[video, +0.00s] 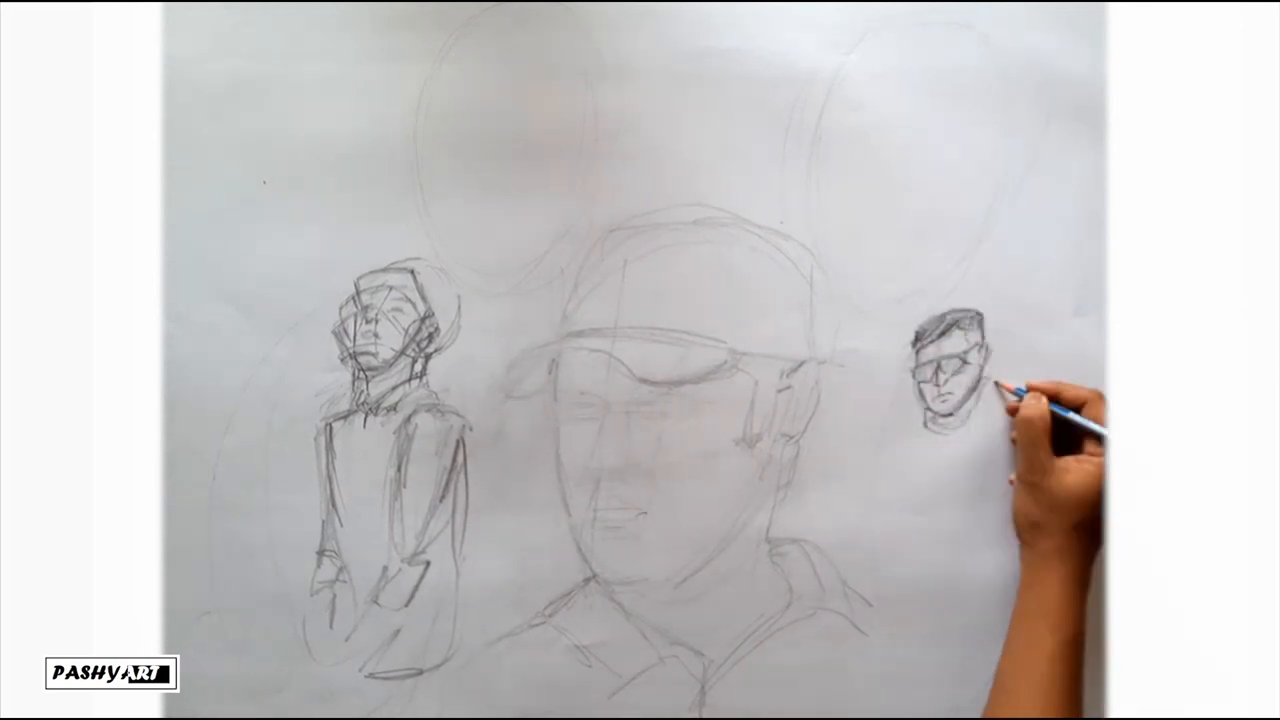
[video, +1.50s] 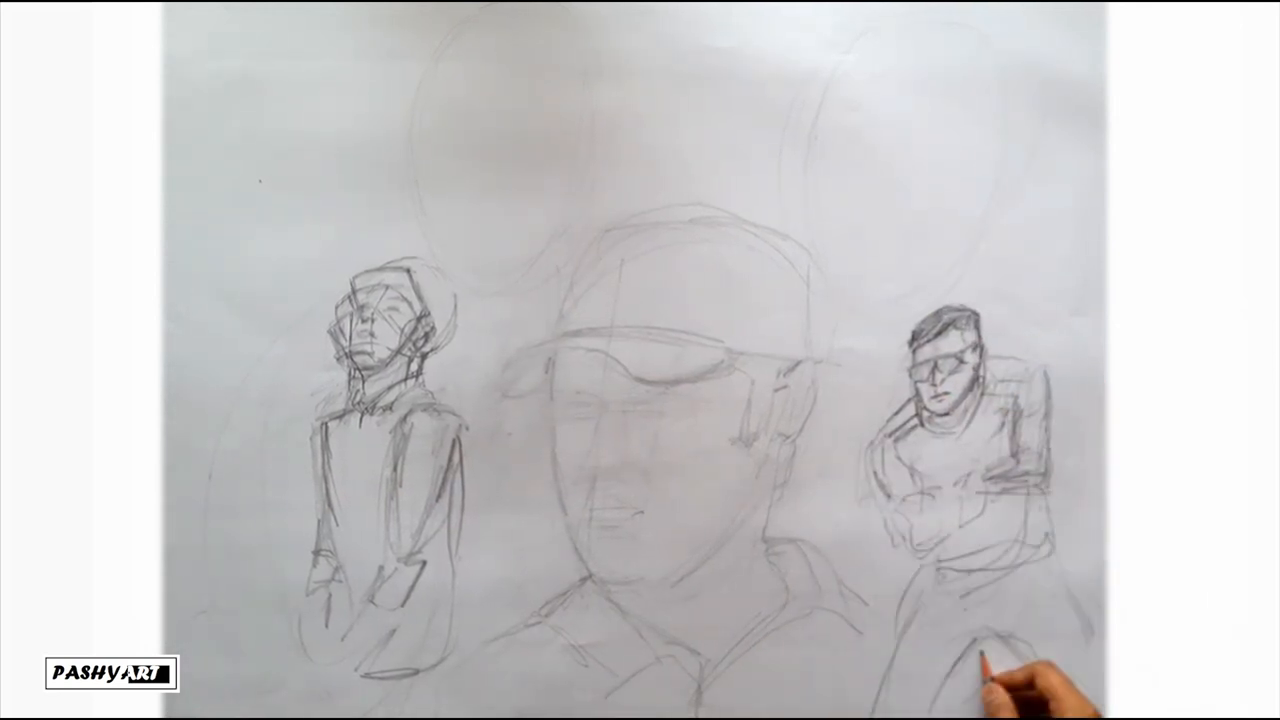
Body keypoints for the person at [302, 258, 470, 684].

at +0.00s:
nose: (372, 325)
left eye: (394, 314)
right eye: (364, 312)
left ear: (425, 334)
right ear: (349, 326)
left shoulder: (436, 427)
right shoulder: (332, 426)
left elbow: (429, 559)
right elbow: (330, 544)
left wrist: (357, 652)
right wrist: (323, 635)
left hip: (414, 624)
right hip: (345, 624)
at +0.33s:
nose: (370, 326)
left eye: (393, 315)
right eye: (363, 314)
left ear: (424, 334)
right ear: (348, 327)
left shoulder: (435, 427)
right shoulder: (330, 428)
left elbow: (429, 560)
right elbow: (329, 547)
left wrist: (353, 655)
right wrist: (321, 641)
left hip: (412, 628)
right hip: (343, 629)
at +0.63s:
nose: (370, 327)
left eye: (392, 314)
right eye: (363, 313)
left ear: (423, 334)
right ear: (347, 327)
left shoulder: (434, 427)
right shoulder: (329, 428)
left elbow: (429, 561)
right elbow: (328, 546)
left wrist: (351, 658)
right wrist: (320, 639)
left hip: (410, 628)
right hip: (342, 629)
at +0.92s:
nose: (369, 326)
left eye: (391, 314)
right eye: (362, 313)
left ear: (422, 333)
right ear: (347, 326)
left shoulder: (433, 427)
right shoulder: (329, 426)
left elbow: (429, 559)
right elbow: (328, 544)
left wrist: (352, 656)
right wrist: (319, 638)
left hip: (411, 629)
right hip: (342, 630)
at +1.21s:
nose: (369, 325)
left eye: (392, 314)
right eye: (362, 312)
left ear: (423, 334)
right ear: (345, 327)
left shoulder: (433, 426)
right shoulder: (329, 426)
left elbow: (427, 561)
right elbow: (329, 542)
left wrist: (351, 658)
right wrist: (318, 632)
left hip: (411, 628)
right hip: (342, 628)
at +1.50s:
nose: (367, 323)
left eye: (390, 311)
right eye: (359, 310)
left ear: (422, 333)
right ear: (343, 326)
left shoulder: (432, 427)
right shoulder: (327, 426)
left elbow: (427, 560)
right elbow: (327, 542)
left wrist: (352, 655)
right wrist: (318, 637)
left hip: (410, 629)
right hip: (340, 628)